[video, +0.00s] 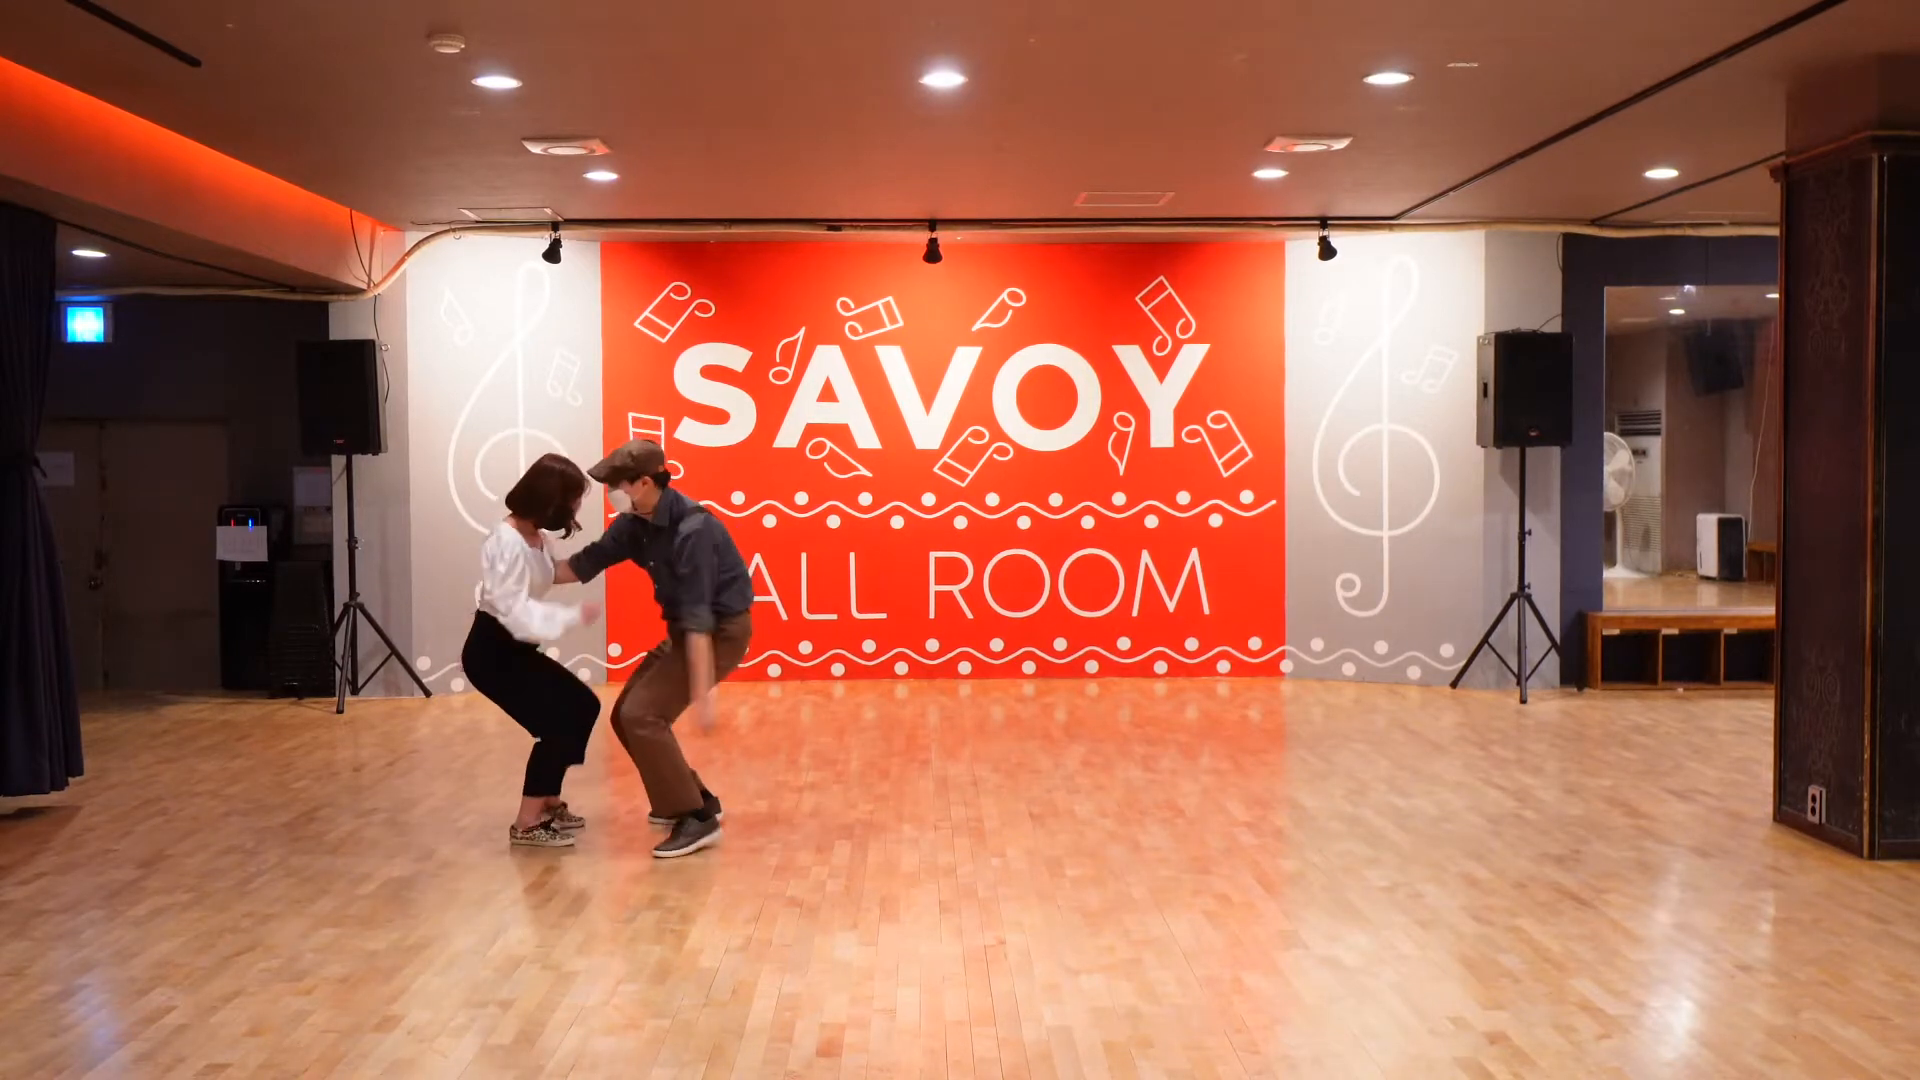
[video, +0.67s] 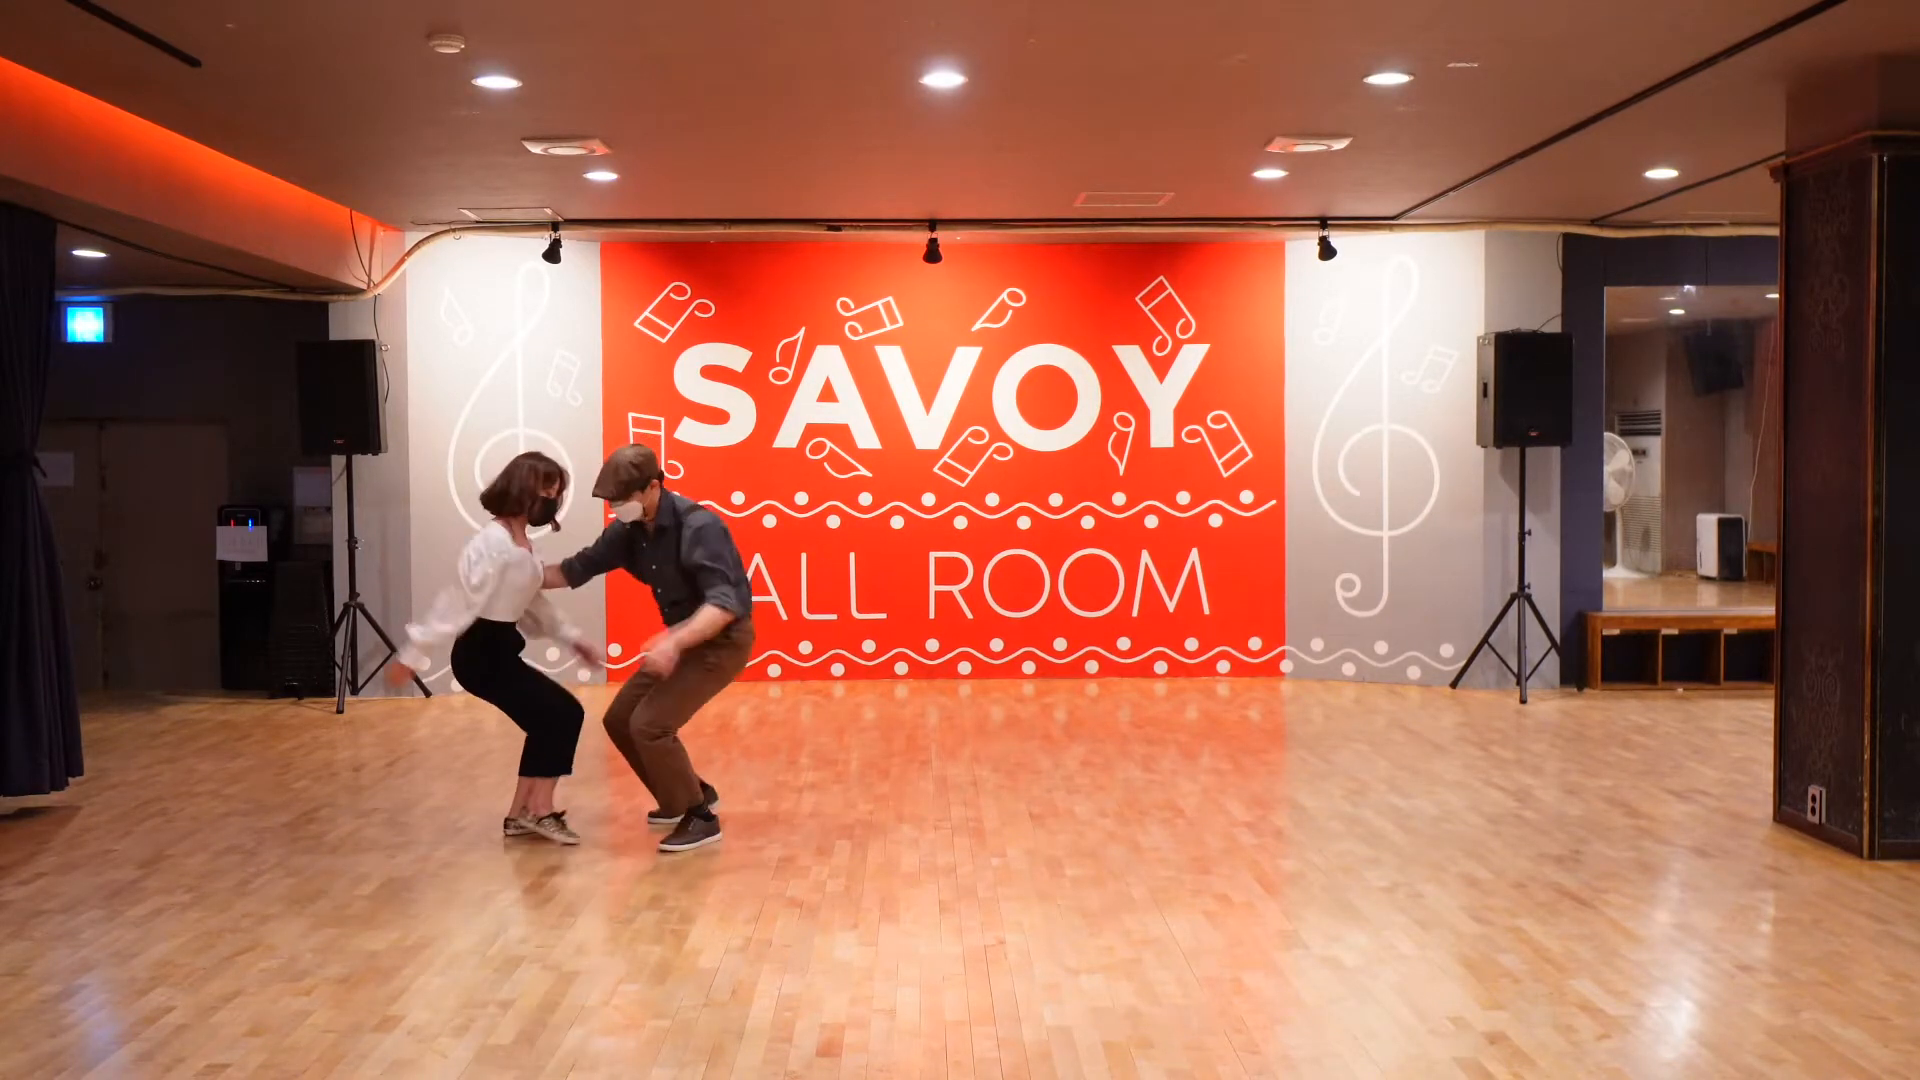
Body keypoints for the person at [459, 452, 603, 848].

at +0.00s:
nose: (579, 508)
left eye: (580, 500)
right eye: (576, 500)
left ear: (543, 499)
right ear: (555, 503)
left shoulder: (538, 541)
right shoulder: (507, 544)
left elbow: (561, 573)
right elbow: (513, 612)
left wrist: (609, 547)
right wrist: (574, 615)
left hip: (513, 647)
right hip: (490, 654)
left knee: (583, 704)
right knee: (559, 717)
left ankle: (547, 802)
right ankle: (527, 822)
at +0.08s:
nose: (571, 513)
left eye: (573, 504)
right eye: (569, 504)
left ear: (529, 492)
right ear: (551, 506)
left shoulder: (521, 535)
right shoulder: (509, 544)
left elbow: (477, 574)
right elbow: (525, 592)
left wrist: (444, 608)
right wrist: (590, 568)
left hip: (512, 645)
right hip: (488, 656)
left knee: (585, 688)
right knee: (559, 720)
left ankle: (572, 782)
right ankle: (528, 823)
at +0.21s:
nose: (566, 519)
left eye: (570, 510)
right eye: (566, 511)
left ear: (520, 490)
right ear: (555, 514)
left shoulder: (496, 531)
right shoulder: (516, 549)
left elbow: (459, 545)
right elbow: (562, 570)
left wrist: (417, 557)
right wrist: (602, 526)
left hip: (497, 646)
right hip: (488, 656)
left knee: (568, 703)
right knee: (555, 723)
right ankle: (527, 823)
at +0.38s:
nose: (565, 515)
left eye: (566, 506)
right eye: (563, 507)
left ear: (520, 492)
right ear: (548, 508)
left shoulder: (504, 531)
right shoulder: (511, 548)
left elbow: (460, 545)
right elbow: (555, 591)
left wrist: (423, 558)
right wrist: (613, 572)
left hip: (500, 642)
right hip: (479, 653)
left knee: (571, 685)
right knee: (546, 719)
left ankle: (592, 779)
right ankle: (526, 822)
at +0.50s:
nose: (564, 502)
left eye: (564, 494)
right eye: (560, 494)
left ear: (524, 491)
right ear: (541, 495)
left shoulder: (521, 536)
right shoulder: (503, 547)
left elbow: (481, 583)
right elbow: (523, 617)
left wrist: (460, 621)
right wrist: (558, 669)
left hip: (498, 645)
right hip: (480, 654)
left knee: (561, 709)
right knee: (550, 721)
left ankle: (531, 806)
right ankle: (527, 821)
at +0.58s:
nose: (562, 499)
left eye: (562, 492)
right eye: (557, 491)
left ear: (523, 491)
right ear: (537, 493)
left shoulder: (519, 538)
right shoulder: (501, 547)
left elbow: (523, 585)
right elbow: (495, 620)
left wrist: (554, 574)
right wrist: (481, 682)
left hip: (503, 648)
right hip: (489, 654)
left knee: (552, 721)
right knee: (557, 724)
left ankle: (524, 813)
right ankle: (528, 820)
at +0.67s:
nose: (553, 500)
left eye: (556, 492)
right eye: (549, 491)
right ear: (527, 489)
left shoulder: (524, 546)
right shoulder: (492, 543)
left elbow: (532, 606)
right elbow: (455, 603)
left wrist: (574, 640)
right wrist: (413, 655)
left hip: (499, 654)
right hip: (479, 657)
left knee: (546, 717)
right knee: (565, 711)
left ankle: (520, 813)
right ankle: (540, 810)